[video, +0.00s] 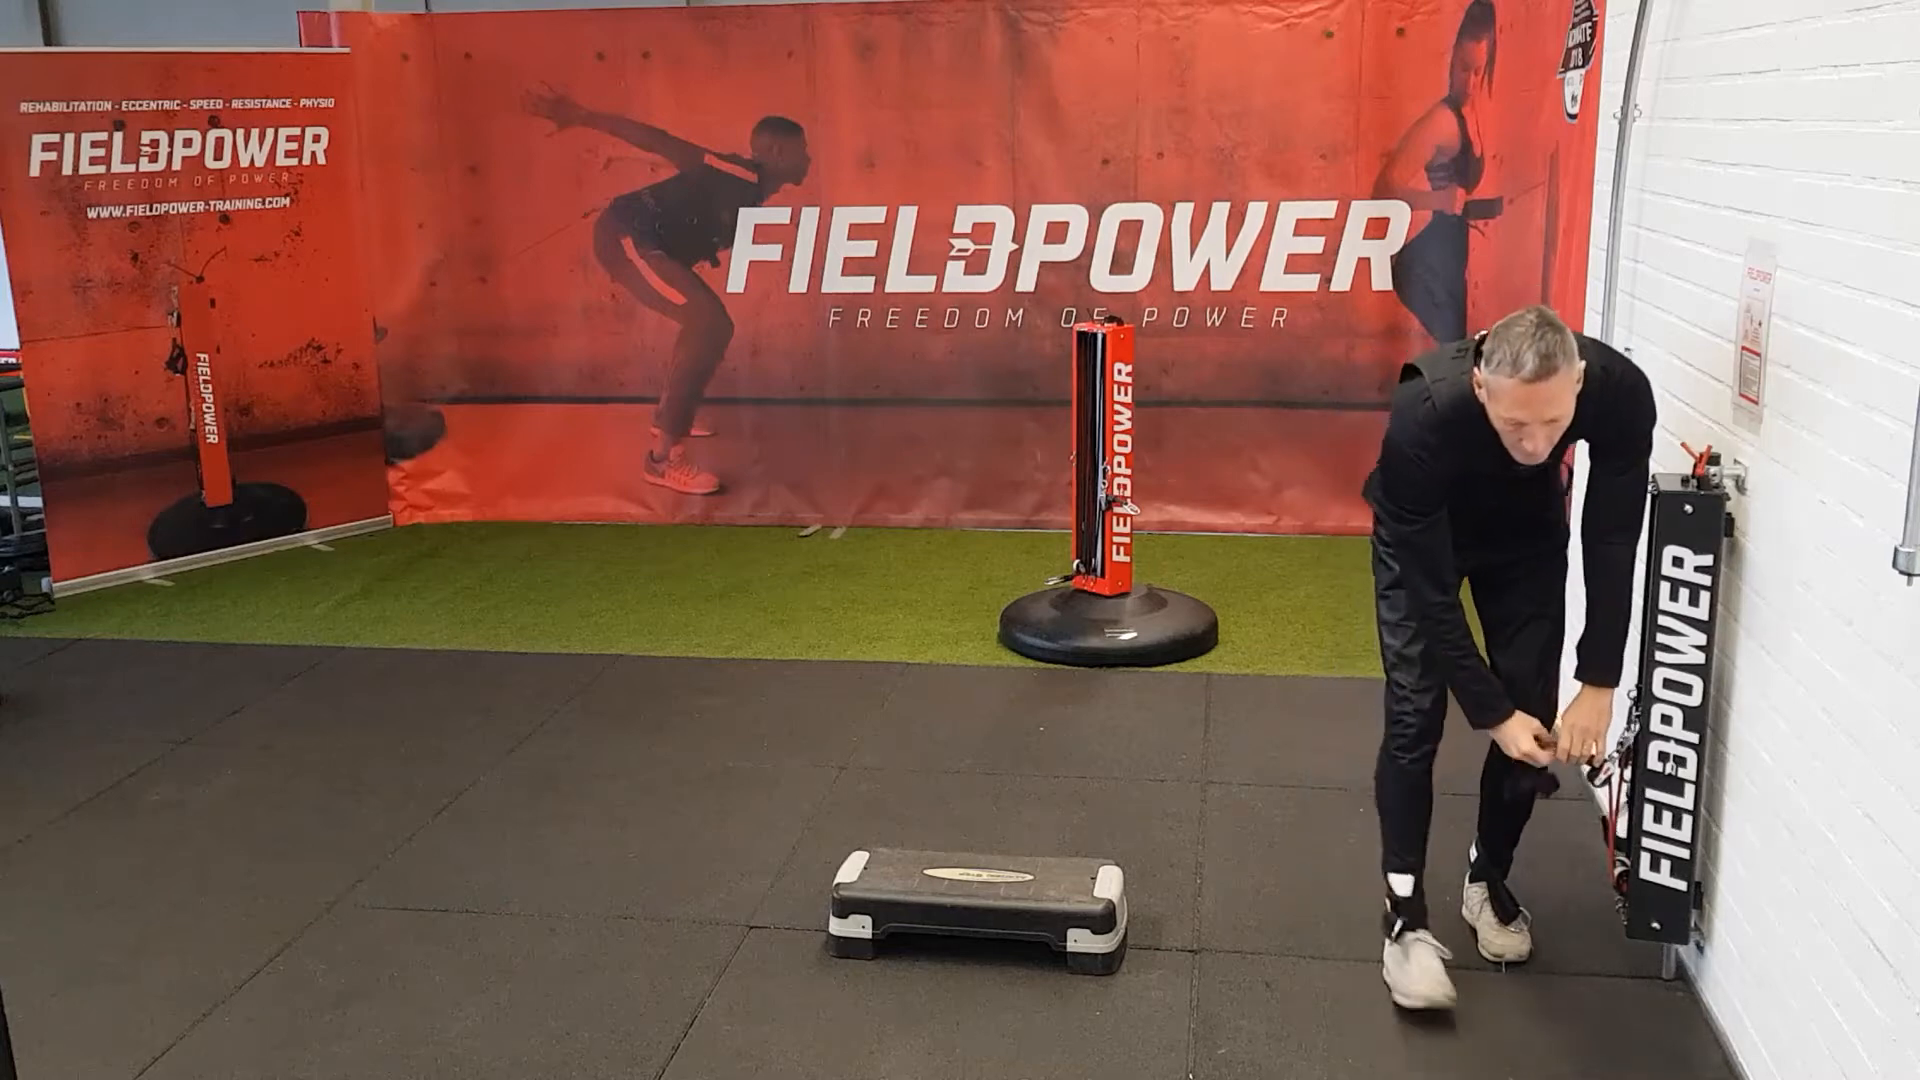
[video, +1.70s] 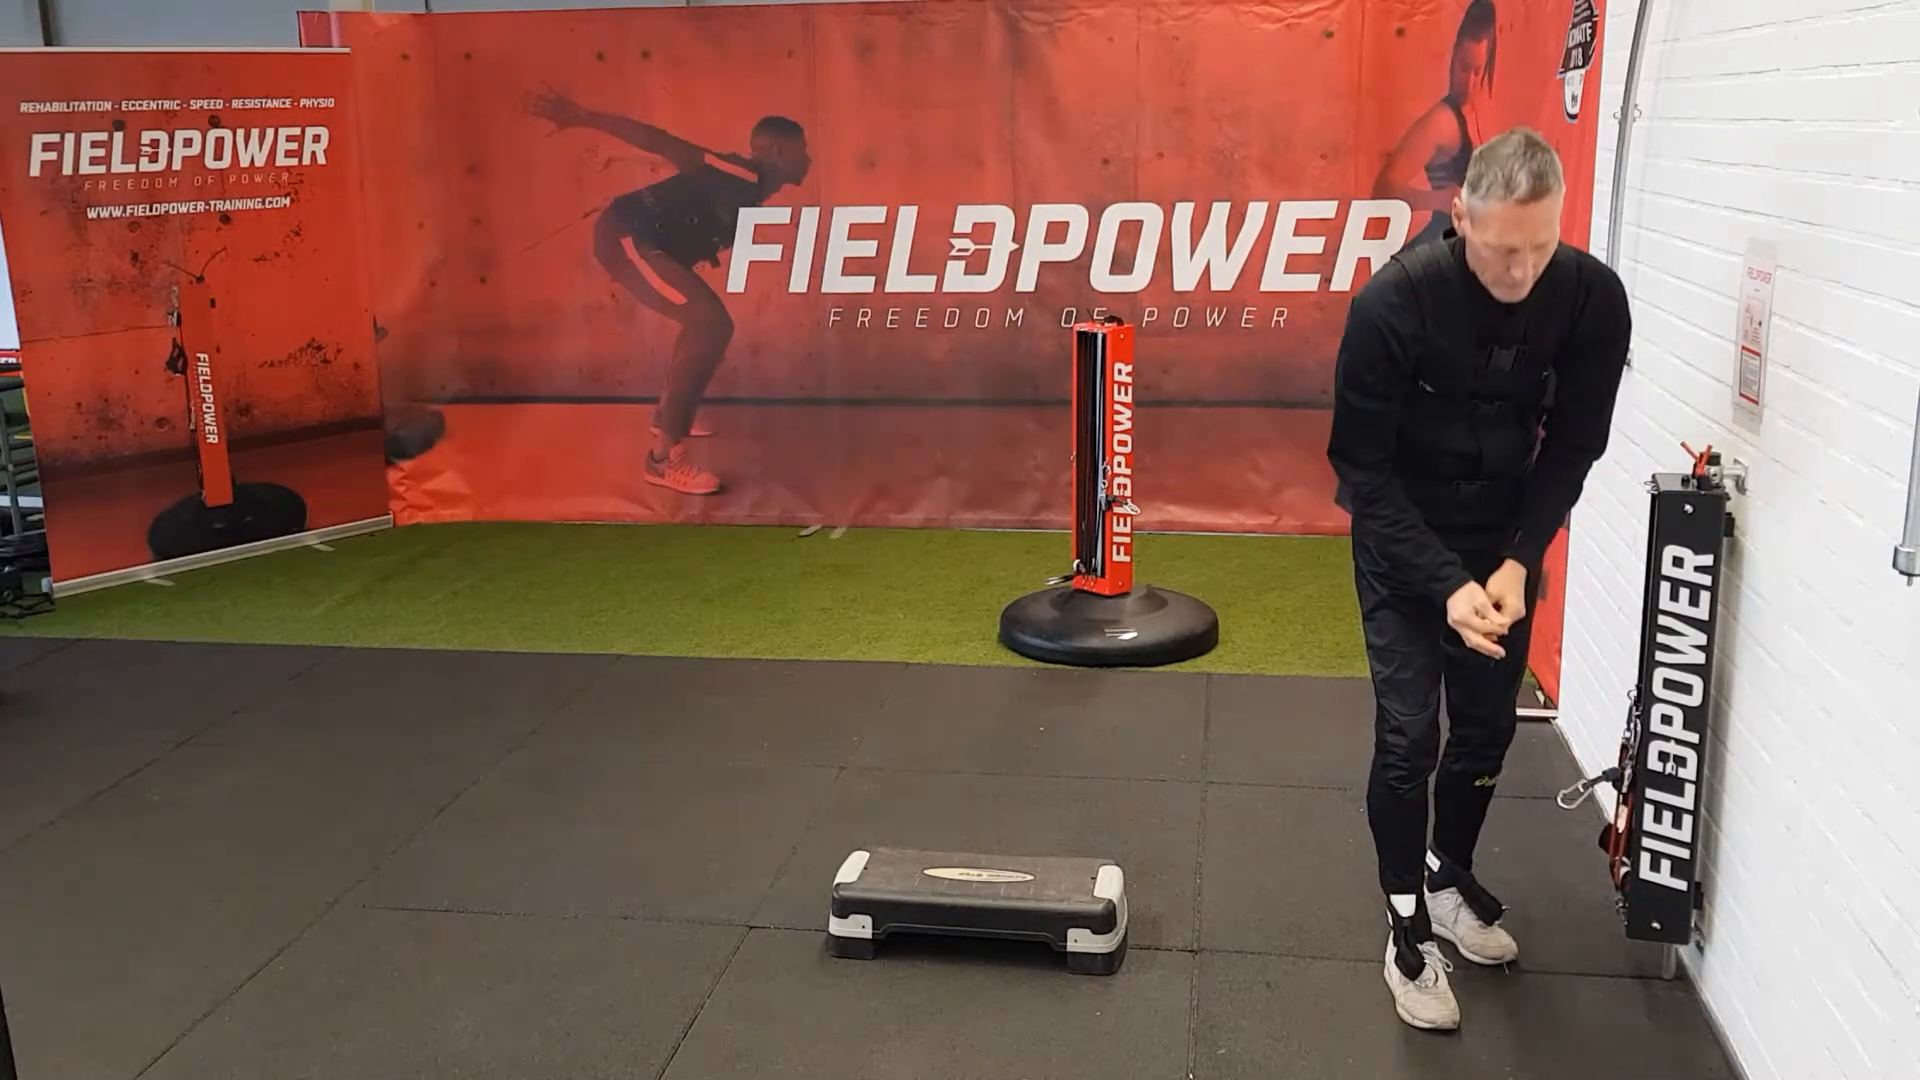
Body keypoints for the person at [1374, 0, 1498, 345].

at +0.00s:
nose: (1472, 82)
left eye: (1481, 72)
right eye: (1465, 70)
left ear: (1490, 73)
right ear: (1450, 67)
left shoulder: (1466, 119)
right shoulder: (1441, 121)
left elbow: (1433, 188)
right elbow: (1391, 187)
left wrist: (1468, 211)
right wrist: (1442, 200)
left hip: (1445, 252)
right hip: (1424, 255)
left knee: (1451, 347)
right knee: (1446, 348)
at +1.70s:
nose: (1471, 81)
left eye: (1480, 71)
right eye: (1464, 69)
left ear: (1489, 70)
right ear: (1450, 66)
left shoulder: (1473, 115)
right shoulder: (1440, 121)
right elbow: (1385, 189)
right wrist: (1442, 200)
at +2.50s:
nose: (1471, 81)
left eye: (1479, 71)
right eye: (1465, 68)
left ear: (1488, 70)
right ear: (1450, 62)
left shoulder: (1465, 118)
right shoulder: (1440, 120)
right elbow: (1387, 189)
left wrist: (1472, 210)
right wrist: (1439, 200)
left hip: (1446, 251)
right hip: (1426, 256)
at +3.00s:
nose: (1470, 81)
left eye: (1479, 71)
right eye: (1464, 68)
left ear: (1488, 70)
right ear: (1450, 62)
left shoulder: (1466, 119)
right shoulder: (1440, 120)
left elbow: (1437, 188)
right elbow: (1386, 189)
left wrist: (1471, 210)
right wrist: (1439, 200)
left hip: (1447, 253)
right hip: (1427, 258)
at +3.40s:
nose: (1471, 80)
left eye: (1480, 71)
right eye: (1465, 68)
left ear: (1489, 69)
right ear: (1451, 63)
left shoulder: (1469, 118)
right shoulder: (1441, 121)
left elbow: (1443, 194)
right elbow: (1386, 189)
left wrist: (1475, 209)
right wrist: (1438, 200)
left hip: (1445, 257)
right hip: (1426, 261)